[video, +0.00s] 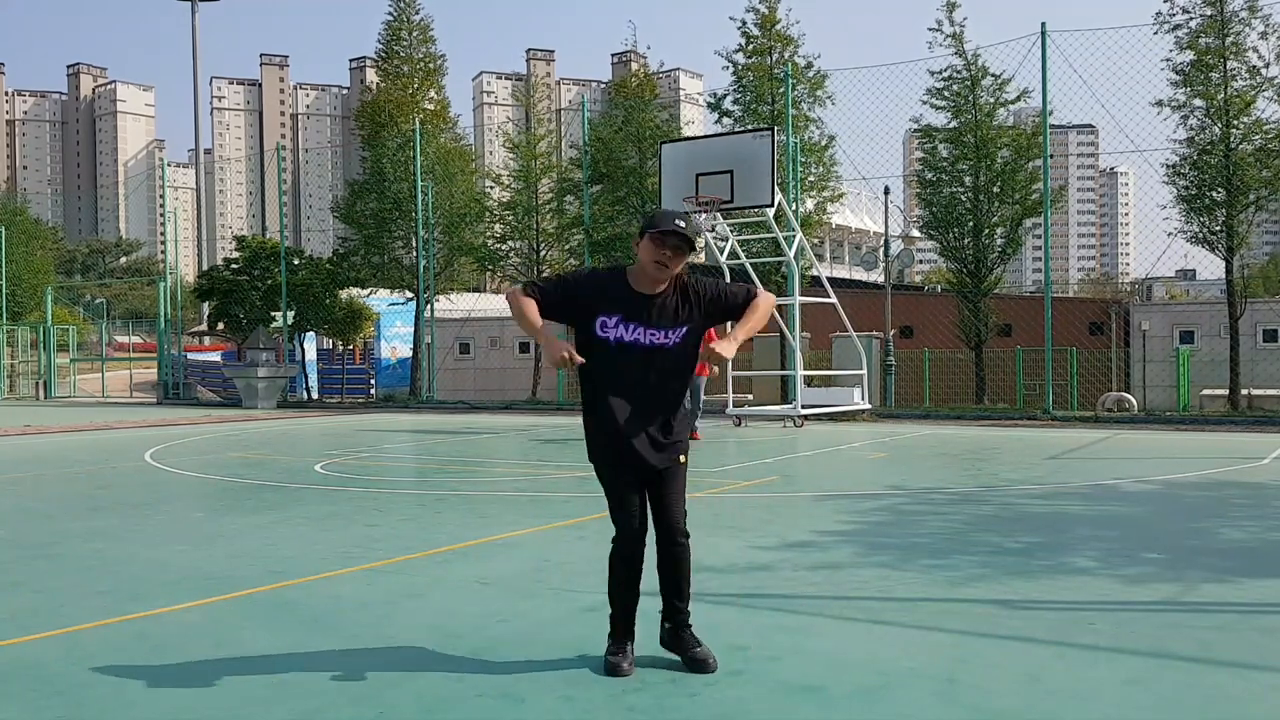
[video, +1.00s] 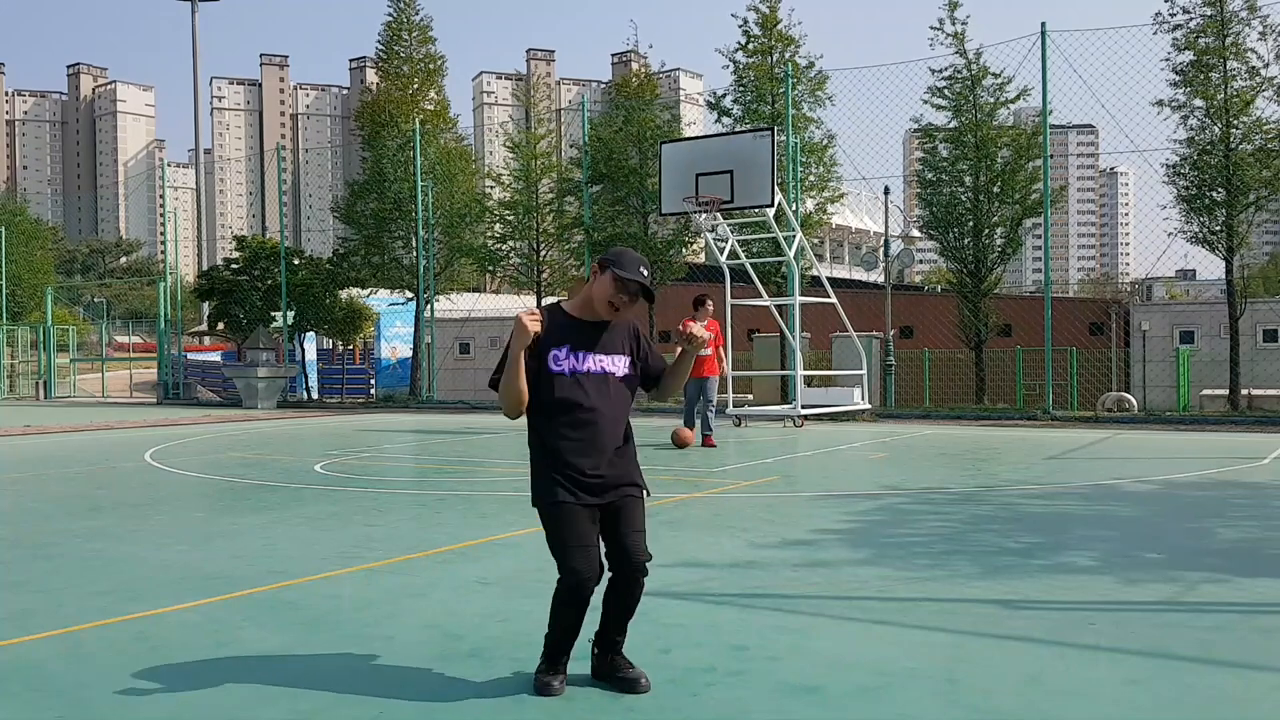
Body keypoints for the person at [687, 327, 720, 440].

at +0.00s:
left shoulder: (706, 327)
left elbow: (713, 344)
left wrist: (714, 363)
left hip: (700, 368)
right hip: (683, 370)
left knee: (698, 403)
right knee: (683, 403)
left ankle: (693, 428)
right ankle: (682, 430)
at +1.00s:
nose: (712, 308)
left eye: (712, 305)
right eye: (709, 305)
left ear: (711, 308)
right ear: (699, 307)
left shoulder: (714, 325)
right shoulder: (687, 324)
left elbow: (719, 345)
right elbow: (679, 344)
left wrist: (724, 362)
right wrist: (677, 363)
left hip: (711, 370)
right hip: (692, 370)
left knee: (710, 403)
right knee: (690, 403)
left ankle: (707, 435)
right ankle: (689, 433)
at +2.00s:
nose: (722, 306)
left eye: (723, 303)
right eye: (719, 303)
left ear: (724, 304)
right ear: (709, 305)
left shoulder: (727, 322)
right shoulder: (695, 322)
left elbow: (735, 344)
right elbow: (678, 340)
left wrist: (741, 365)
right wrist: (675, 353)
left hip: (725, 370)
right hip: (704, 371)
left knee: (727, 401)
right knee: (705, 407)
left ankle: (728, 439)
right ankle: (708, 439)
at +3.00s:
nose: (693, 305)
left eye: (695, 301)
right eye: (693, 301)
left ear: (704, 303)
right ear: (701, 303)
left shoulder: (723, 320)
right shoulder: (694, 323)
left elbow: (731, 343)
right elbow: (690, 347)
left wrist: (721, 362)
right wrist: (683, 361)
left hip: (719, 371)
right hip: (699, 372)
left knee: (724, 409)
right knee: (699, 409)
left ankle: (728, 441)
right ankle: (702, 445)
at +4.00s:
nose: (653, 304)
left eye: (654, 301)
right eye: (654, 301)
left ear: (657, 302)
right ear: (671, 302)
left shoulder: (658, 318)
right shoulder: (685, 318)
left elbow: (655, 345)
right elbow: (692, 345)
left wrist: (653, 364)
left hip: (673, 367)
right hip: (692, 366)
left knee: (669, 409)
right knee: (688, 409)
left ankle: (672, 449)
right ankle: (692, 448)